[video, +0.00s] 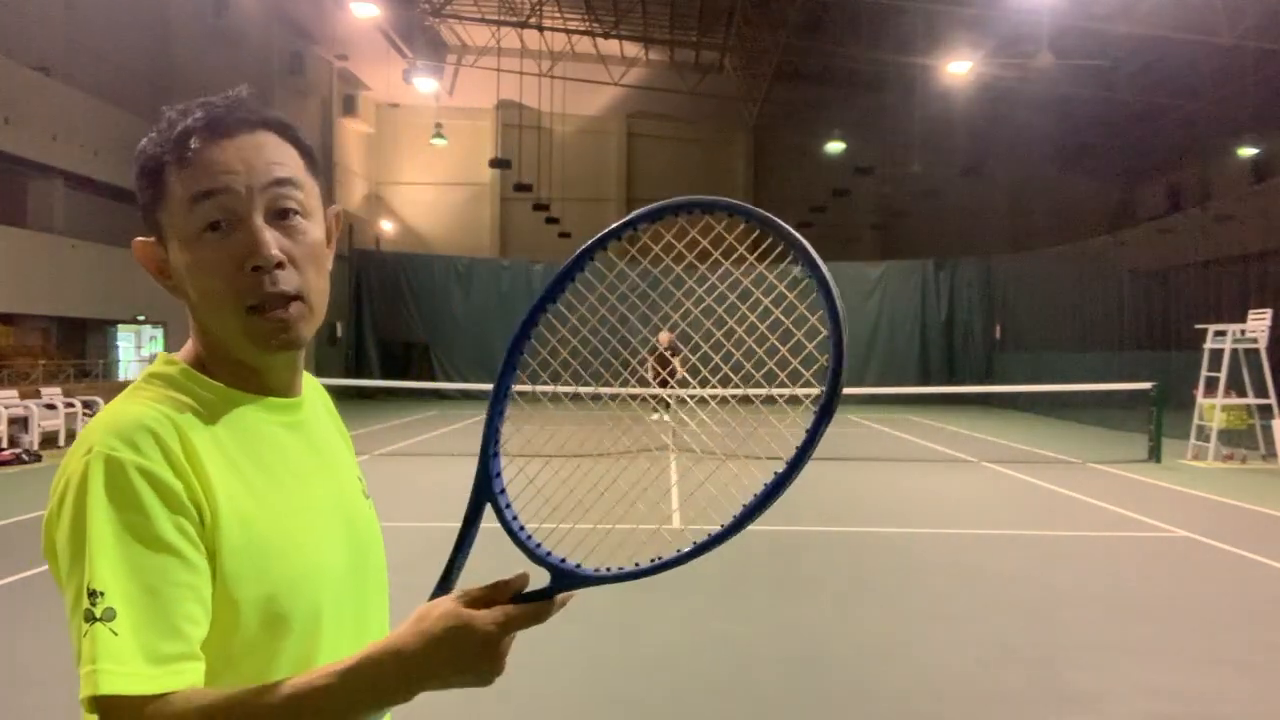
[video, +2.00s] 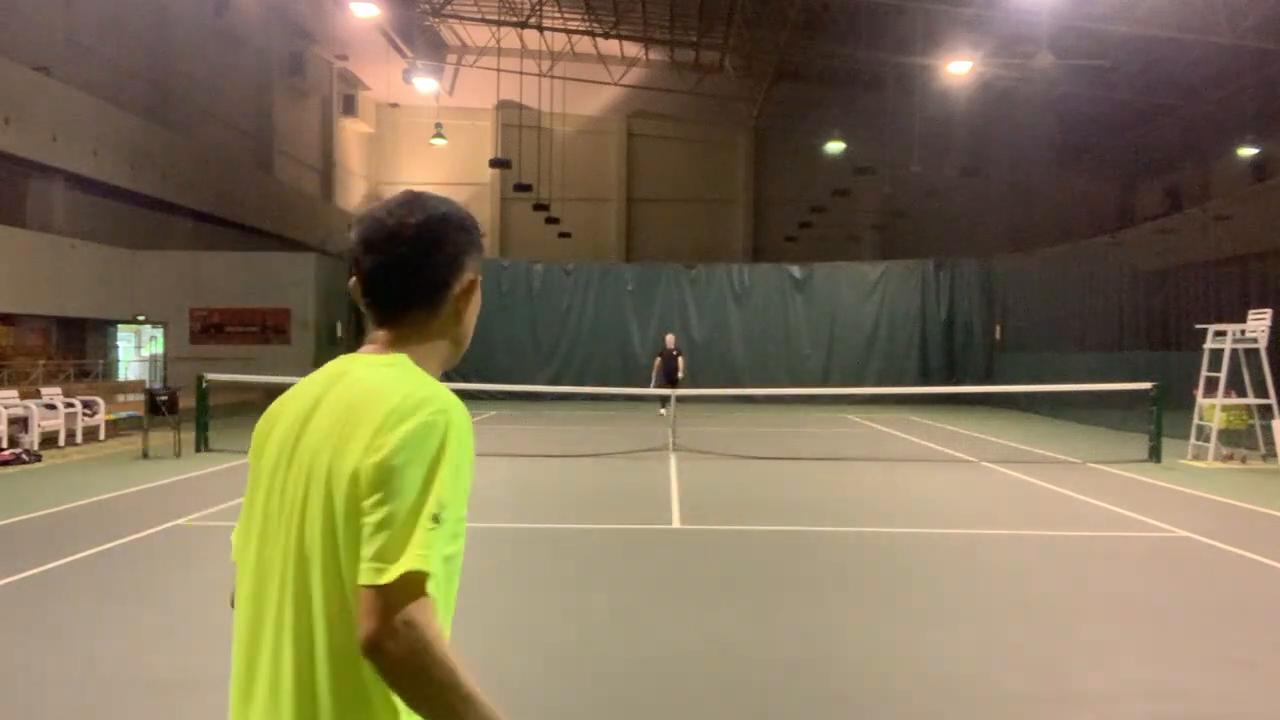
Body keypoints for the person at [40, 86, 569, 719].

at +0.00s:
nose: (266, 251)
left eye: (285, 213)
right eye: (217, 223)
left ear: (329, 235)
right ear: (161, 265)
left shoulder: (309, 405)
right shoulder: (131, 453)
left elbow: (311, 643)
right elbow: (139, 705)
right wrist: (402, 668)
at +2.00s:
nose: (478, 309)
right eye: (480, 291)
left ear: (357, 290)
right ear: (468, 294)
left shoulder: (286, 407)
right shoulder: (425, 411)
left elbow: (246, 592)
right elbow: (390, 628)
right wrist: (482, 713)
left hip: (260, 707)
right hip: (364, 709)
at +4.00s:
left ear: (589, 320)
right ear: (653, 322)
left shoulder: (565, 388)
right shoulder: (688, 393)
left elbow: (525, 487)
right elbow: (716, 500)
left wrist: (517, 526)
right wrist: (680, 540)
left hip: (580, 607)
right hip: (664, 607)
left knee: (569, 714)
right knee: (664, 715)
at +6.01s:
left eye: (647, 327)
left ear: (647, 332)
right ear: (706, 334)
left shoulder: (622, 383)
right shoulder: (736, 392)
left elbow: (593, 476)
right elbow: (762, 485)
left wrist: (636, 484)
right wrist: (717, 513)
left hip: (635, 576)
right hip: (713, 577)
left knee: (604, 707)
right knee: (732, 707)